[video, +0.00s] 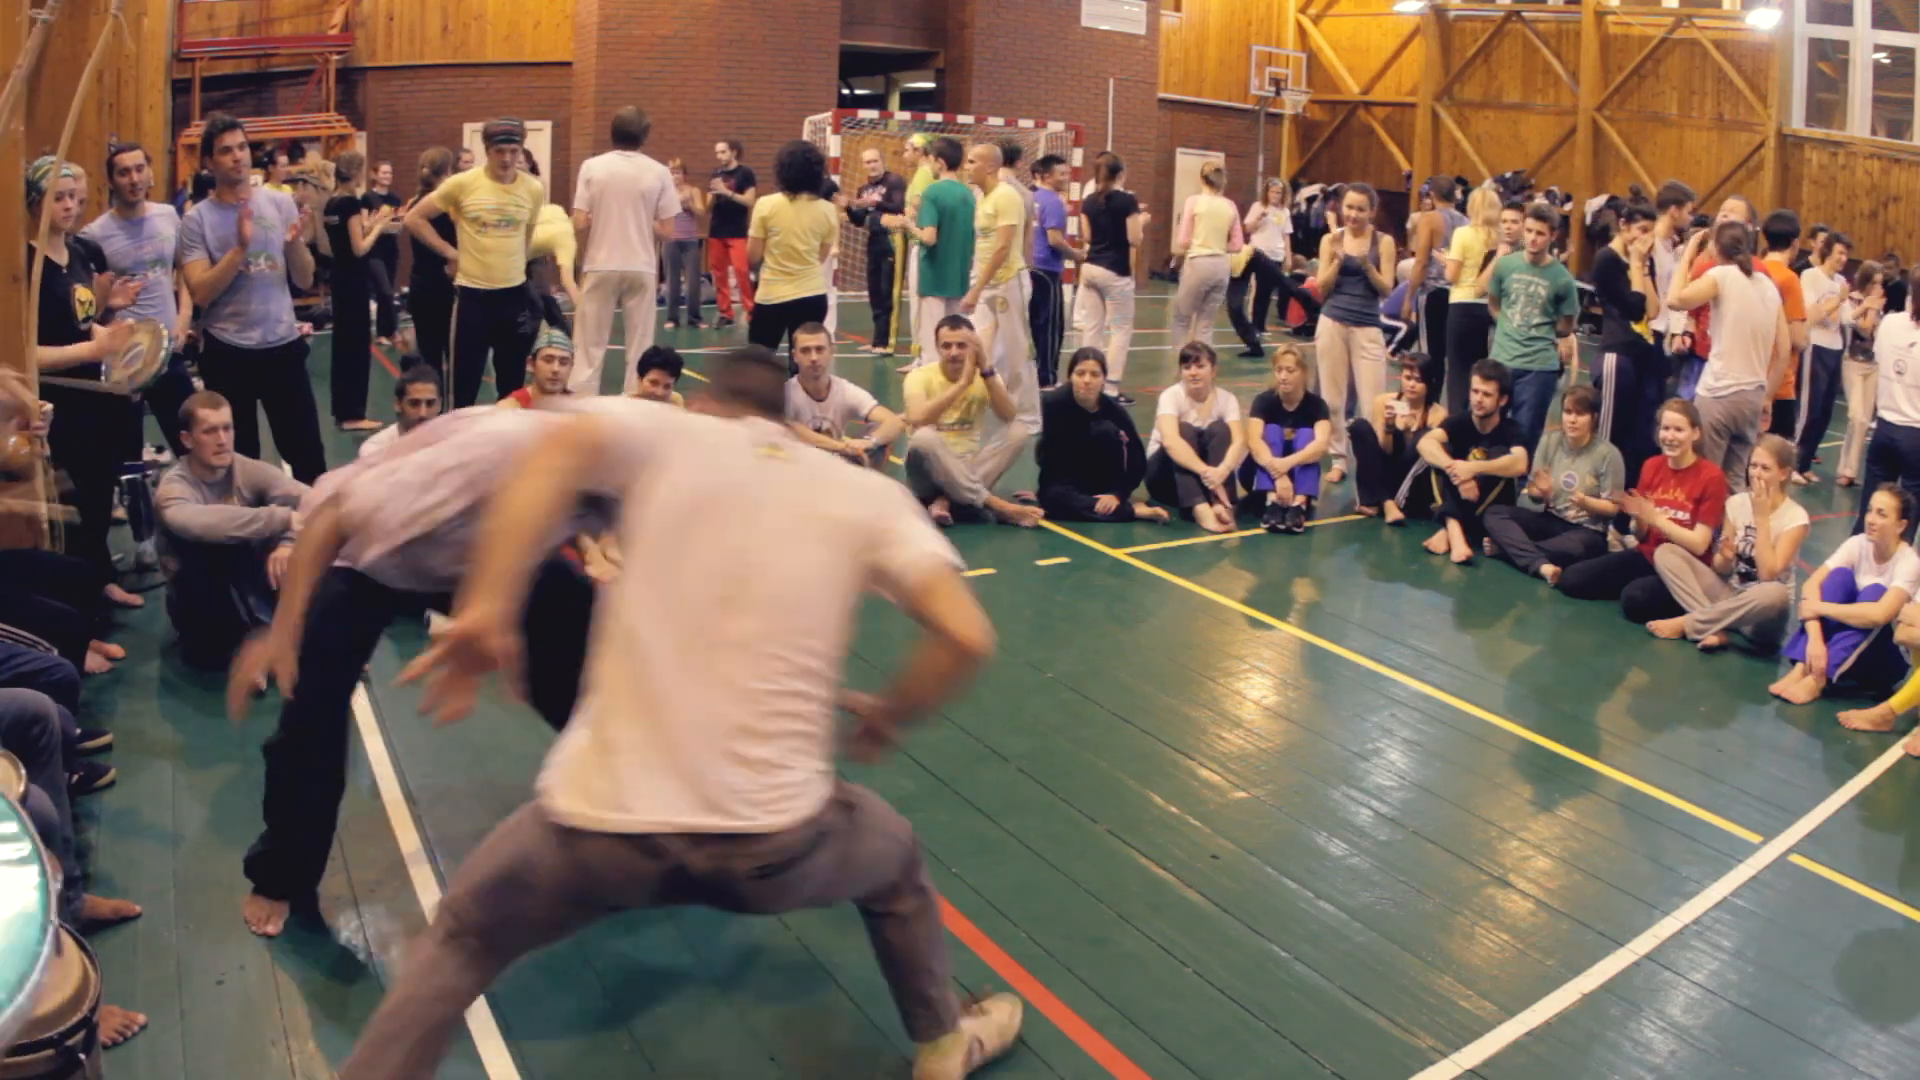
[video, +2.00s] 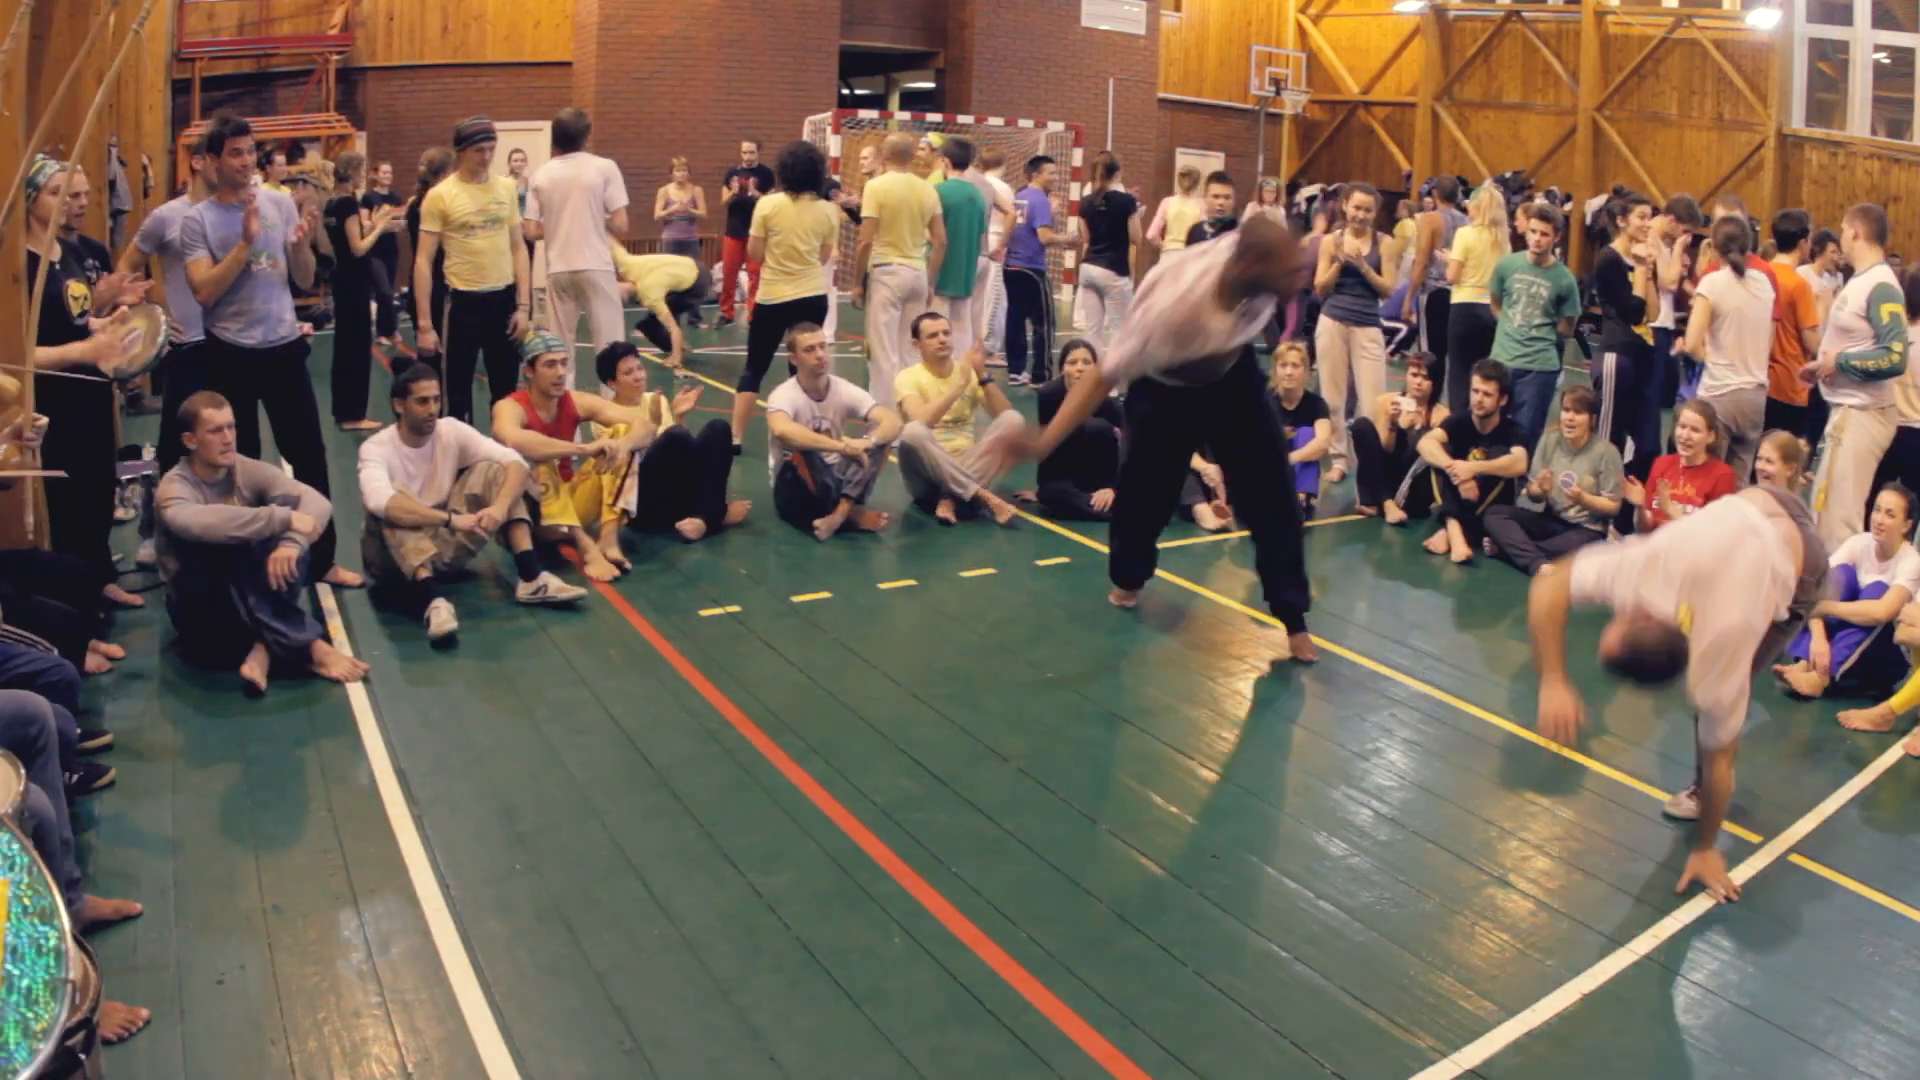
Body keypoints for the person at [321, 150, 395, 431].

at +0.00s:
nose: (368, 176)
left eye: (367, 171)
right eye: (366, 172)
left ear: (340, 172)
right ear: (358, 174)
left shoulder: (331, 204)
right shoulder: (353, 204)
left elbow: (339, 245)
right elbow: (359, 247)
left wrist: (367, 224)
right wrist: (377, 227)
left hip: (340, 278)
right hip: (355, 280)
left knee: (345, 341)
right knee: (357, 343)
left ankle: (344, 411)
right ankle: (352, 414)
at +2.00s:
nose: (367, 176)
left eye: (367, 170)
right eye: (365, 171)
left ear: (341, 173)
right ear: (354, 174)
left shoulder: (333, 204)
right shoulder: (348, 204)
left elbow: (347, 244)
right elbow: (358, 247)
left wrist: (372, 224)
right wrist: (380, 227)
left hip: (344, 278)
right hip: (355, 280)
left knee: (348, 342)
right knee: (358, 343)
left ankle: (345, 411)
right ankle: (352, 414)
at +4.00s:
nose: (367, 176)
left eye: (366, 170)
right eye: (365, 171)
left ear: (341, 171)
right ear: (356, 173)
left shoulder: (331, 204)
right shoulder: (349, 205)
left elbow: (337, 245)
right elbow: (355, 249)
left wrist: (372, 227)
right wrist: (376, 228)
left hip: (338, 278)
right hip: (353, 280)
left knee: (345, 342)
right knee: (357, 344)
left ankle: (346, 413)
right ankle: (355, 416)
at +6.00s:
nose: (370, 175)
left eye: (369, 169)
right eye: (367, 170)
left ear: (342, 172)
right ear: (357, 172)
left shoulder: (335, 203)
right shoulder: (352, 204)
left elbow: (352, 241)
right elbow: (360, 246)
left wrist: (377, 225)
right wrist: (381, 226)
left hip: (343, 281)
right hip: (358, 283)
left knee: (349, 343)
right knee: (360, 345)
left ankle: (346, 411)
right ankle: (355, 414)